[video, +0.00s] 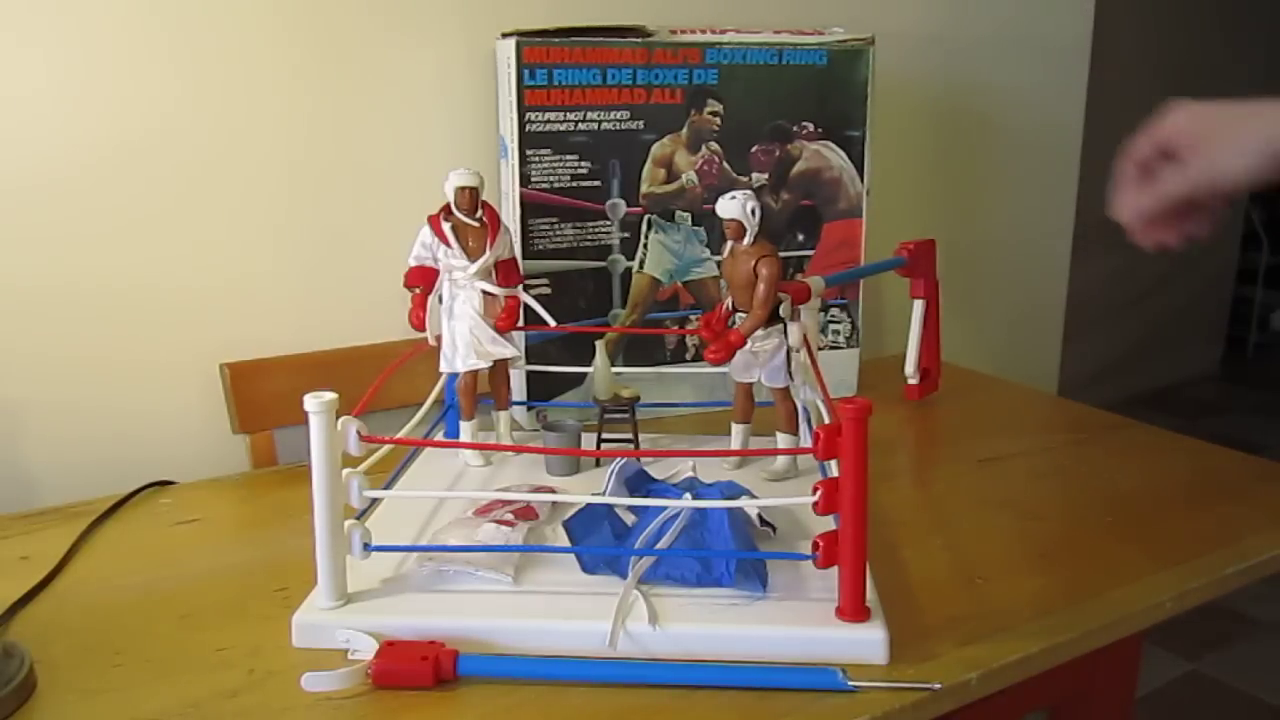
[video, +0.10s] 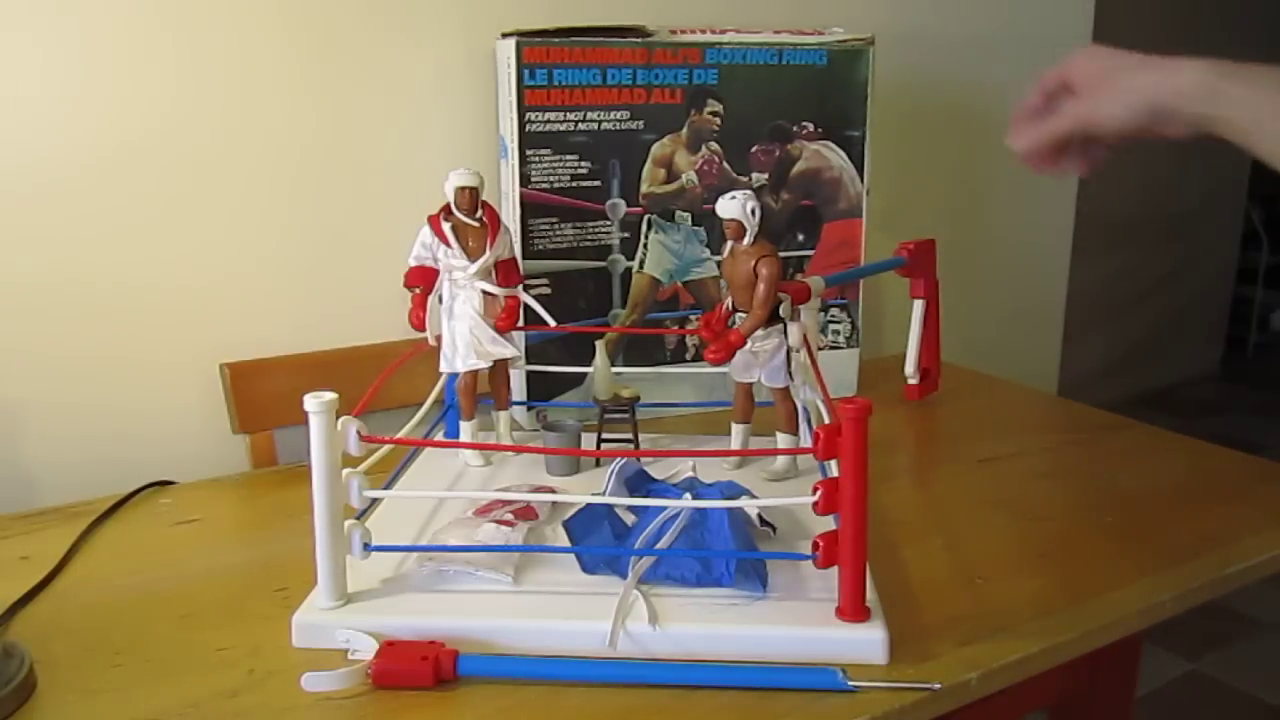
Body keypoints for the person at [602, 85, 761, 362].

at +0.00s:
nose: (718, 122)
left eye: (720, 116)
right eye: (713, 115)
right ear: (693, 115)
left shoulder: (712, 150)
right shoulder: (665, 148)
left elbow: (731, 182)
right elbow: (646, 196)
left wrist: (756, 181)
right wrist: (683, 183)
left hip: (693, 236)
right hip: (660, 234)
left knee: (719, 308)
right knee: (635, 313)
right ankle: (596, 370)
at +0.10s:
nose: (718, 122)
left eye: (720, 116)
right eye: (713, 115)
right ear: (693, 114)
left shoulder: (712, 150)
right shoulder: (664, 148)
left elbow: (730, 182)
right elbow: (646, 196)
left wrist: (755, 181)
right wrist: (682, 183)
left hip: (693, 237)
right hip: (660, 234)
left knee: (718, 308)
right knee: (636, 312)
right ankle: (596, 371)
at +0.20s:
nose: (718, 122)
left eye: (720, 116)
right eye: (713, 115)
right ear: (693, 114)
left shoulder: (712, 150)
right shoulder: (664, 148)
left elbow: (730, 182)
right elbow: (647, 197)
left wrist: (754, 181)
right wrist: (682, 182)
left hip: (693, 237)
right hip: (660, 235)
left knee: (717, 309)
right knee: (635, 313)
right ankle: (596, 373)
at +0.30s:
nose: (719, 122)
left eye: (720, 116)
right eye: (713, 115)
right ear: (693, 114)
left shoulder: (712, 150)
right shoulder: (664, 148)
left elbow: (730, 181)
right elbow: (647, 197)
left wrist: (754, 181)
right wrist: (683, 182)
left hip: (693, 237)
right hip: (660, 235)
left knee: (718, 309)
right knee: (635, 314)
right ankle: (597, 374)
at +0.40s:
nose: (718, 122)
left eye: (720, 117)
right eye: (713, 115)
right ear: (693, 114)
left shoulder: (712, 150)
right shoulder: (664, 148)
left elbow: (731, 181)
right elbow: (647, 197)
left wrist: (756, 181)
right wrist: (683, 182)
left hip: (694, 237)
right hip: (660, 235)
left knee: (718, 309)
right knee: (635, 313)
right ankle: (596, 372)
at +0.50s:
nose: (718, 122)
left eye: (720, 116)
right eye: (713, 115)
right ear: (693, 114)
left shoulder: (711, 150)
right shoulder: (664, 148)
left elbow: (731, 182)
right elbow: (646, 197)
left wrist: (757, 180)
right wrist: (684, 182)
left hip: (693, 236)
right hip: (660, 234)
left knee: (718, 308)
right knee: (635, 313)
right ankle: (596, 370)